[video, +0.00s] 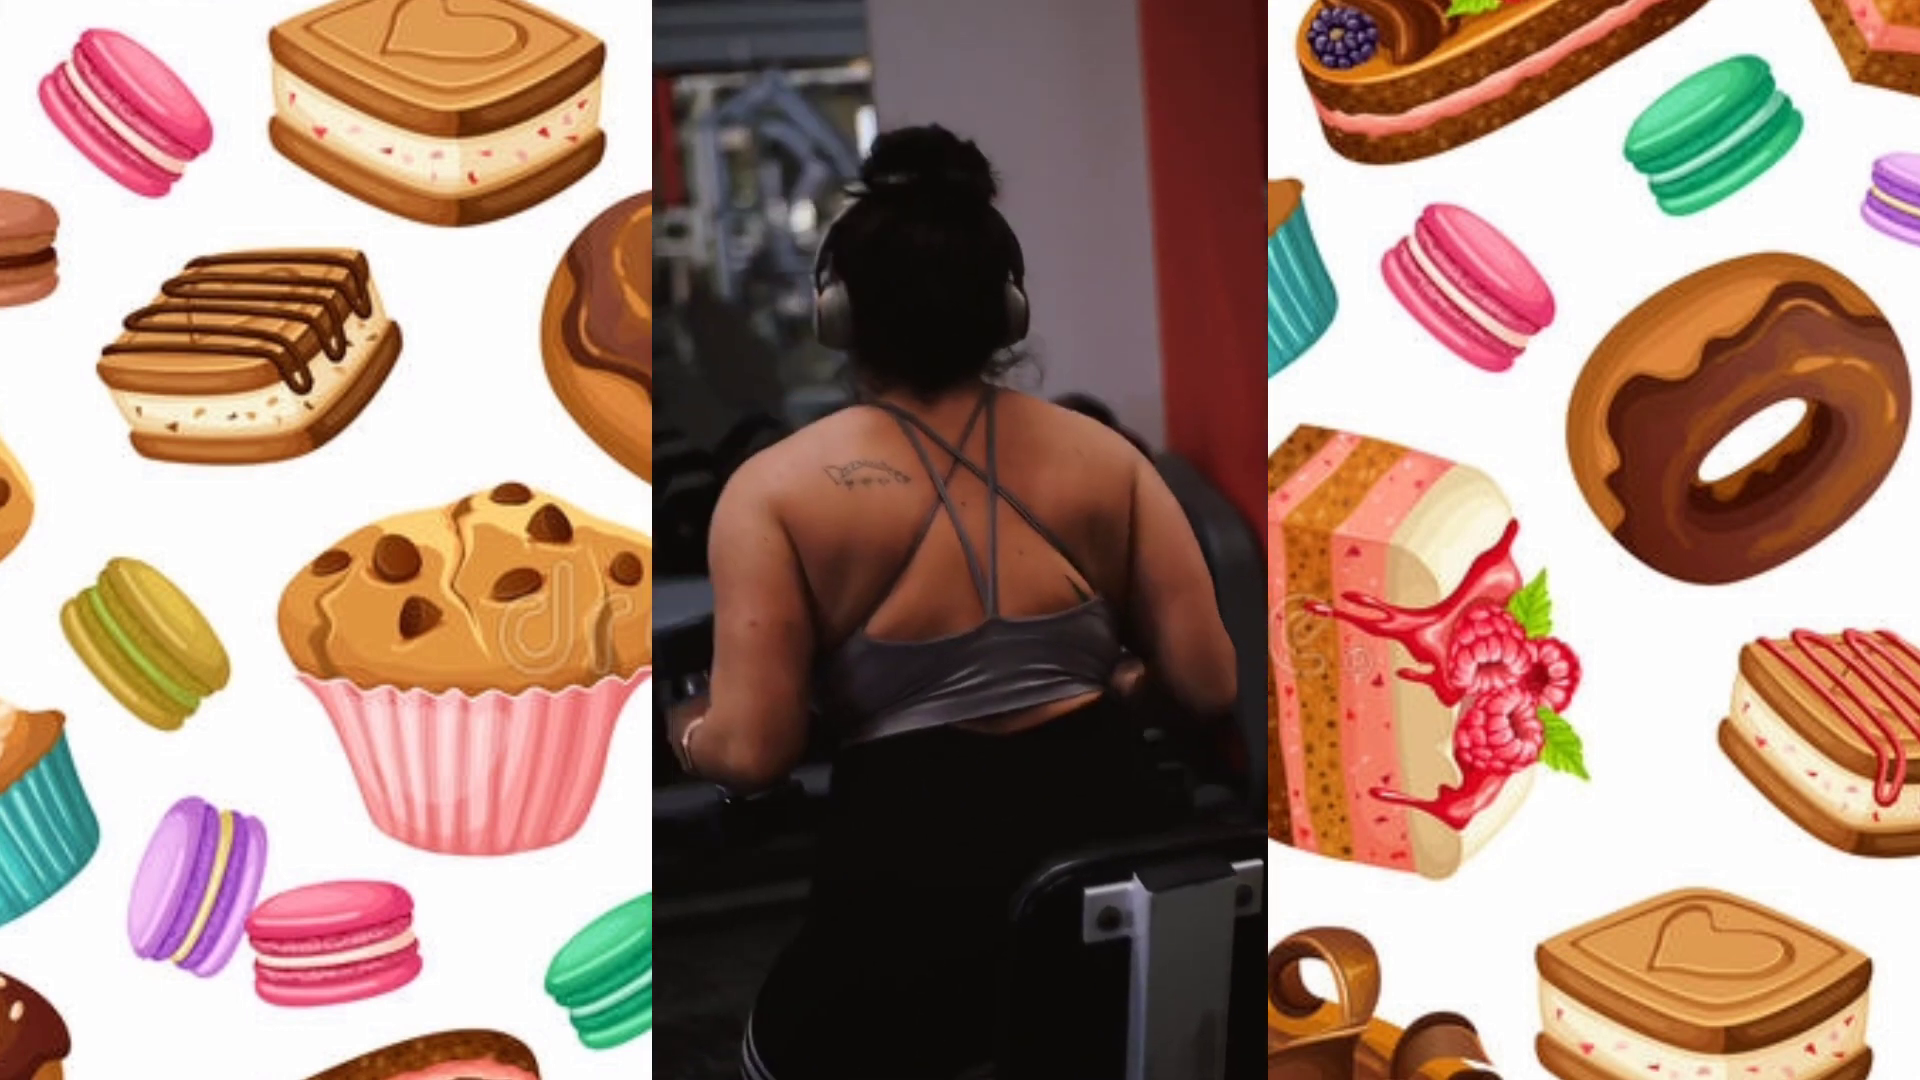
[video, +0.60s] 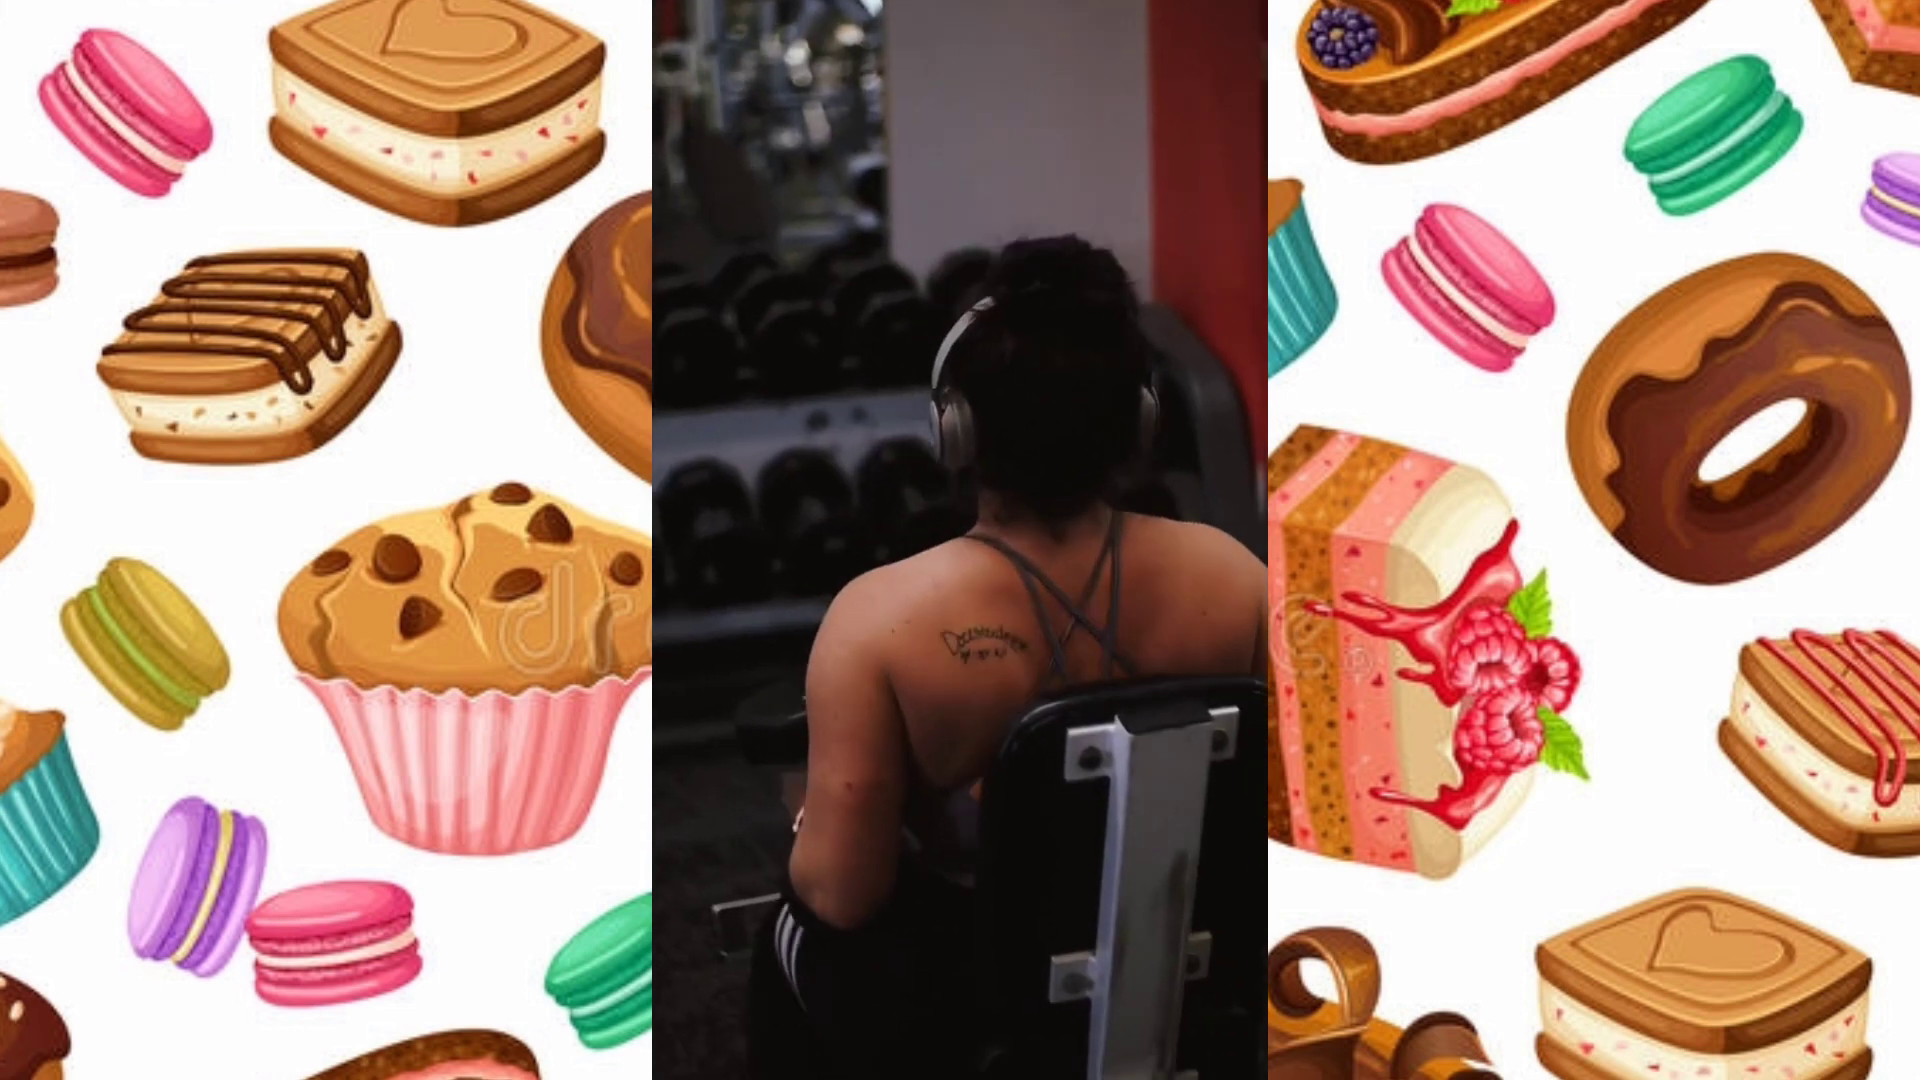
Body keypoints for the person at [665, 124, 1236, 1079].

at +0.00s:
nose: (821, 299)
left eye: (829, 282)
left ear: (841, 310)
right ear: (1003, 303)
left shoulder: (776, 492)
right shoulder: (1101, 457)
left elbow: (755, 752)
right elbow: (1211, 683)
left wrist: (696, 735)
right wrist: (1123, 681)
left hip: (908, 919)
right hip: (1113, 902)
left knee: (781, 1047)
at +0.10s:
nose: (862, 399)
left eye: (867, 383)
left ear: (882, 407)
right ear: (1053, 400)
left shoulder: (817, 580)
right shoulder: (1142, 548)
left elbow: (800, 837)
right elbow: (1245, 774)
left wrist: (749, 813)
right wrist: (1154, 759)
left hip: (938, 1000)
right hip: (1142, 988)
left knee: (800, 1057)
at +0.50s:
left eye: (931, 450)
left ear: (950, 474)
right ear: (1129, 457)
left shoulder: (885, 663)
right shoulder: (1223, 611)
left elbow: (858, 935)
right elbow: (1291, 837)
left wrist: (814, 860)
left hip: (973, 1038)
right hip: (1187, 1018)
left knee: (810, 951)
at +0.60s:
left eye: (941, 408)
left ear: (957, 433)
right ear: (1143, 420)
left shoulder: (881, 620)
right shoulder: (1232, 579)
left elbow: (841, 896)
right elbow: (1284, 816)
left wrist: (814, 811)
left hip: (965, 1014)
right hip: (1188, 992)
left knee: (800, 915)